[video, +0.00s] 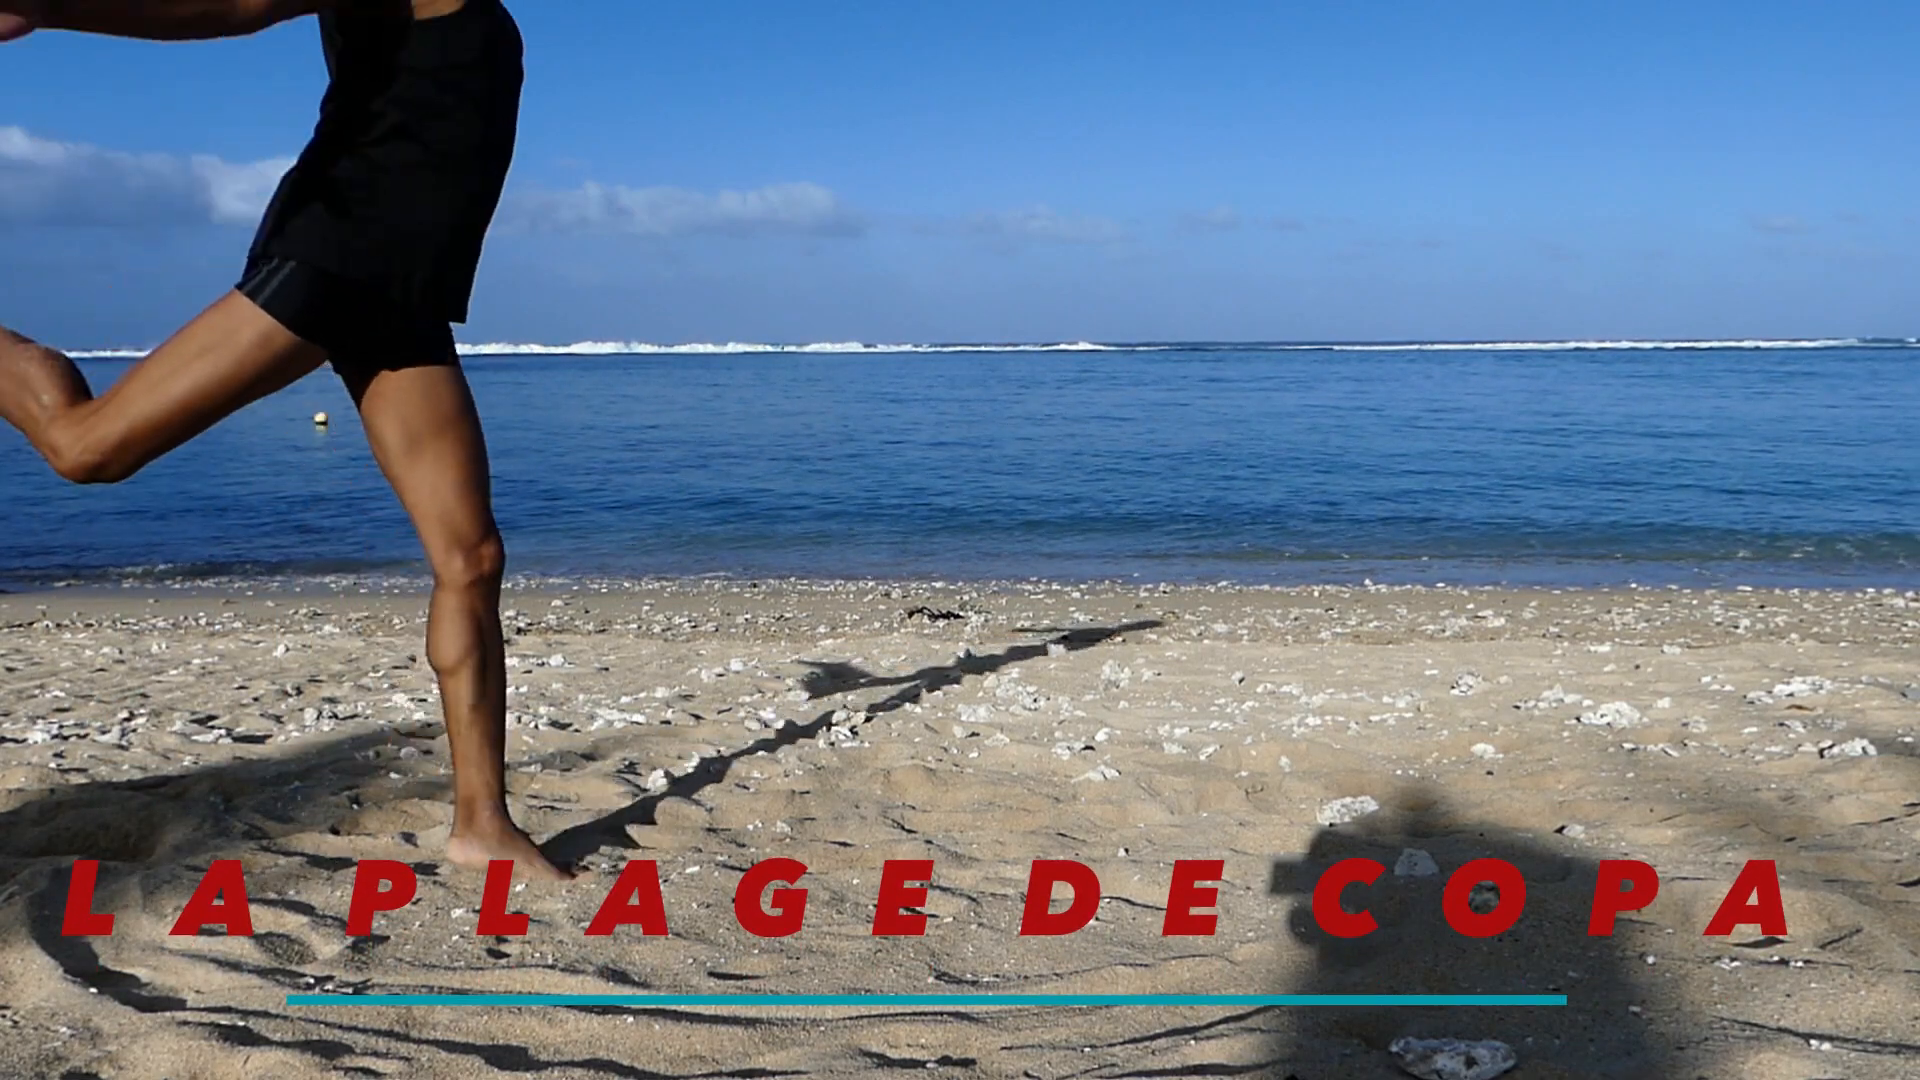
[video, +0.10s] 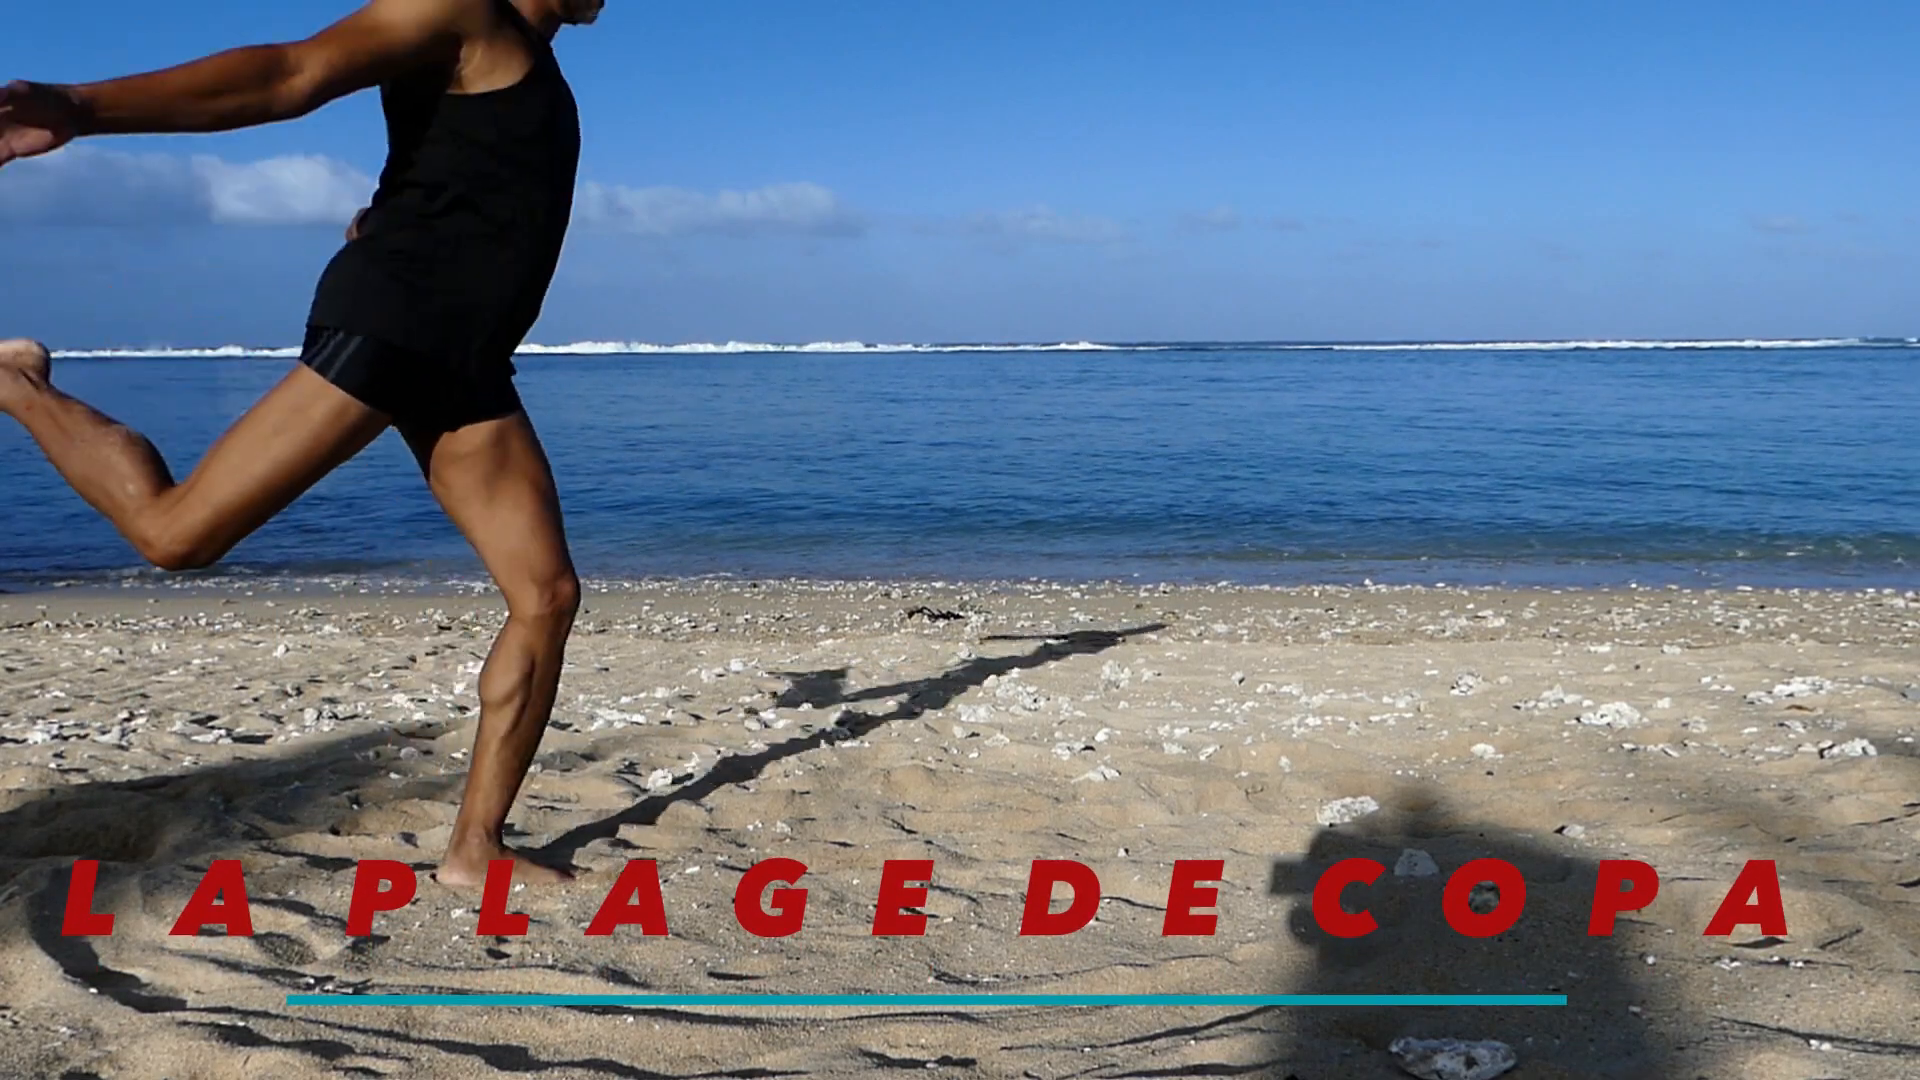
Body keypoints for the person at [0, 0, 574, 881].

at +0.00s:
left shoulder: (472, 18)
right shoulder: (389, 5)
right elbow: (232, 9)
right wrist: (53, 10)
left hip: (399, 286)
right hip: (334, 257)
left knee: (469, 558)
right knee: (86, 448)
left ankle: (482, 824)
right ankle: (6, 347)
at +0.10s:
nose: (598, 1)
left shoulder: (527, 59)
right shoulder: (456, 14)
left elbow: (455, 166)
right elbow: (287, 74)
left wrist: (383, 223)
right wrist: (80, 106)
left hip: (463, 355)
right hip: (389, 323)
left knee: (546, 596)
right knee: (174, 534)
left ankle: (476, 849)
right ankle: (18, 384)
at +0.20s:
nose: (653, 6)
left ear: (613, 3)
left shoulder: (559, 78)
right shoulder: (488, 32)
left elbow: (498, 221)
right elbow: (319, 122)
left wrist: (405, 276)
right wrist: (117, 173)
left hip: (500, 381)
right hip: (417, 355)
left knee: (585, 607)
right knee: (261, 597)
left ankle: (477, 848)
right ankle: (68, 452)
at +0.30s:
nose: (709, 13)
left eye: (712, 3)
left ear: (647, 4)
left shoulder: (606, 87)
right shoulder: (528, 47)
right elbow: (366, 165)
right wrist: (172, 247)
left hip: (552, 400)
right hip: (466, 381)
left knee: (611, 621)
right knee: (416, 642)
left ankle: (479, 844)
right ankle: (172, 572)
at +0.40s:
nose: (734, 10)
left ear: (682, 1)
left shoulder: (640, 96)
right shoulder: (555, 42)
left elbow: (593, 275)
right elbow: (401, 173)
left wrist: (600, 413)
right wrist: (215, 268)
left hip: (585, 401)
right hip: (501, 383)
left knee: (619, 625)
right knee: (520, 642)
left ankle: (479, 846)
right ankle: (262, 651)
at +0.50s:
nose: (769, 6)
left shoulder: (674, 71)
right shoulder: (593, 31)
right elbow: (450, 167)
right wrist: (276, 268)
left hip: (615, 377)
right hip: (558, 366)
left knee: (623, 617)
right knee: (655, 606)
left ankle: (486, 830)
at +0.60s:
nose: (788, 3)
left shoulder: (698, 58)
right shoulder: (623, 23)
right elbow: (485, 158)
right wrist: (319, 263)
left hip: (629, 362)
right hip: (591, 357)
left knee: (630, 615)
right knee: (728, 585)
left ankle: (486, 829)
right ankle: (561, 789)